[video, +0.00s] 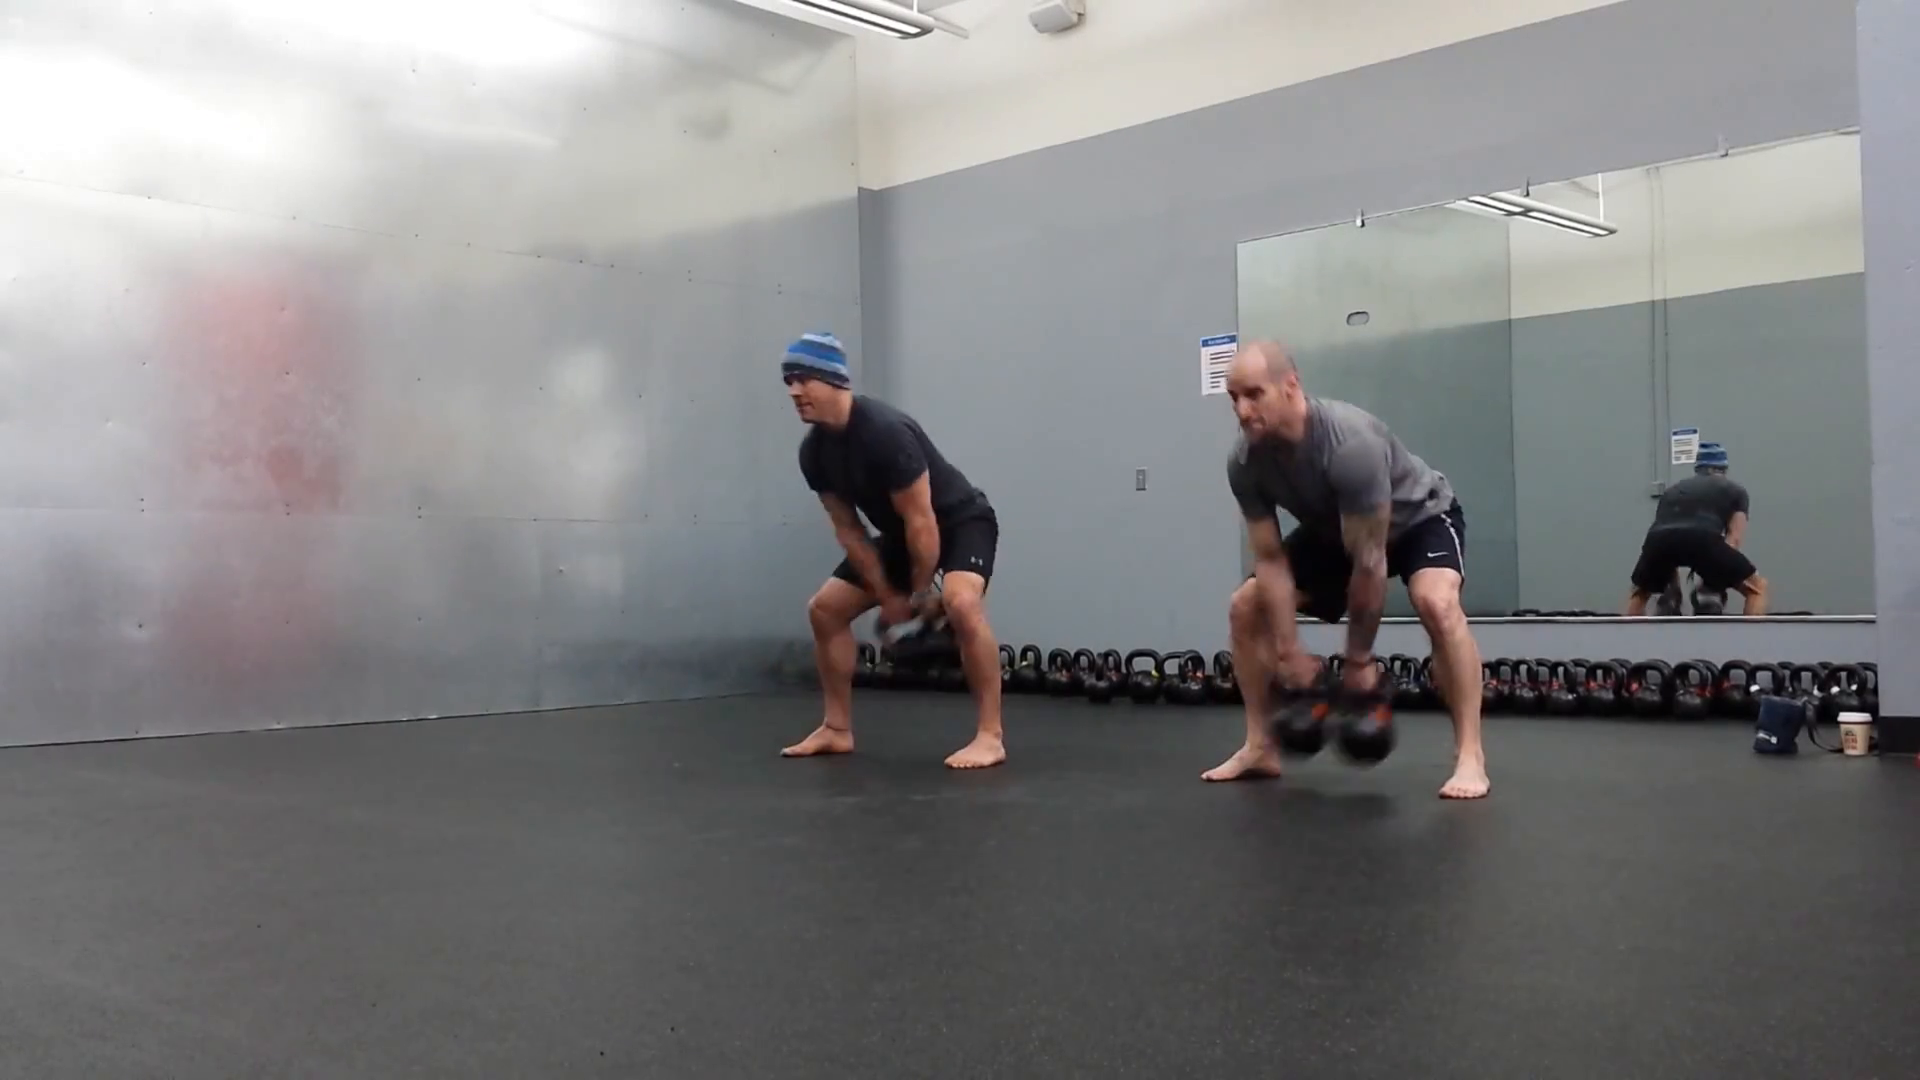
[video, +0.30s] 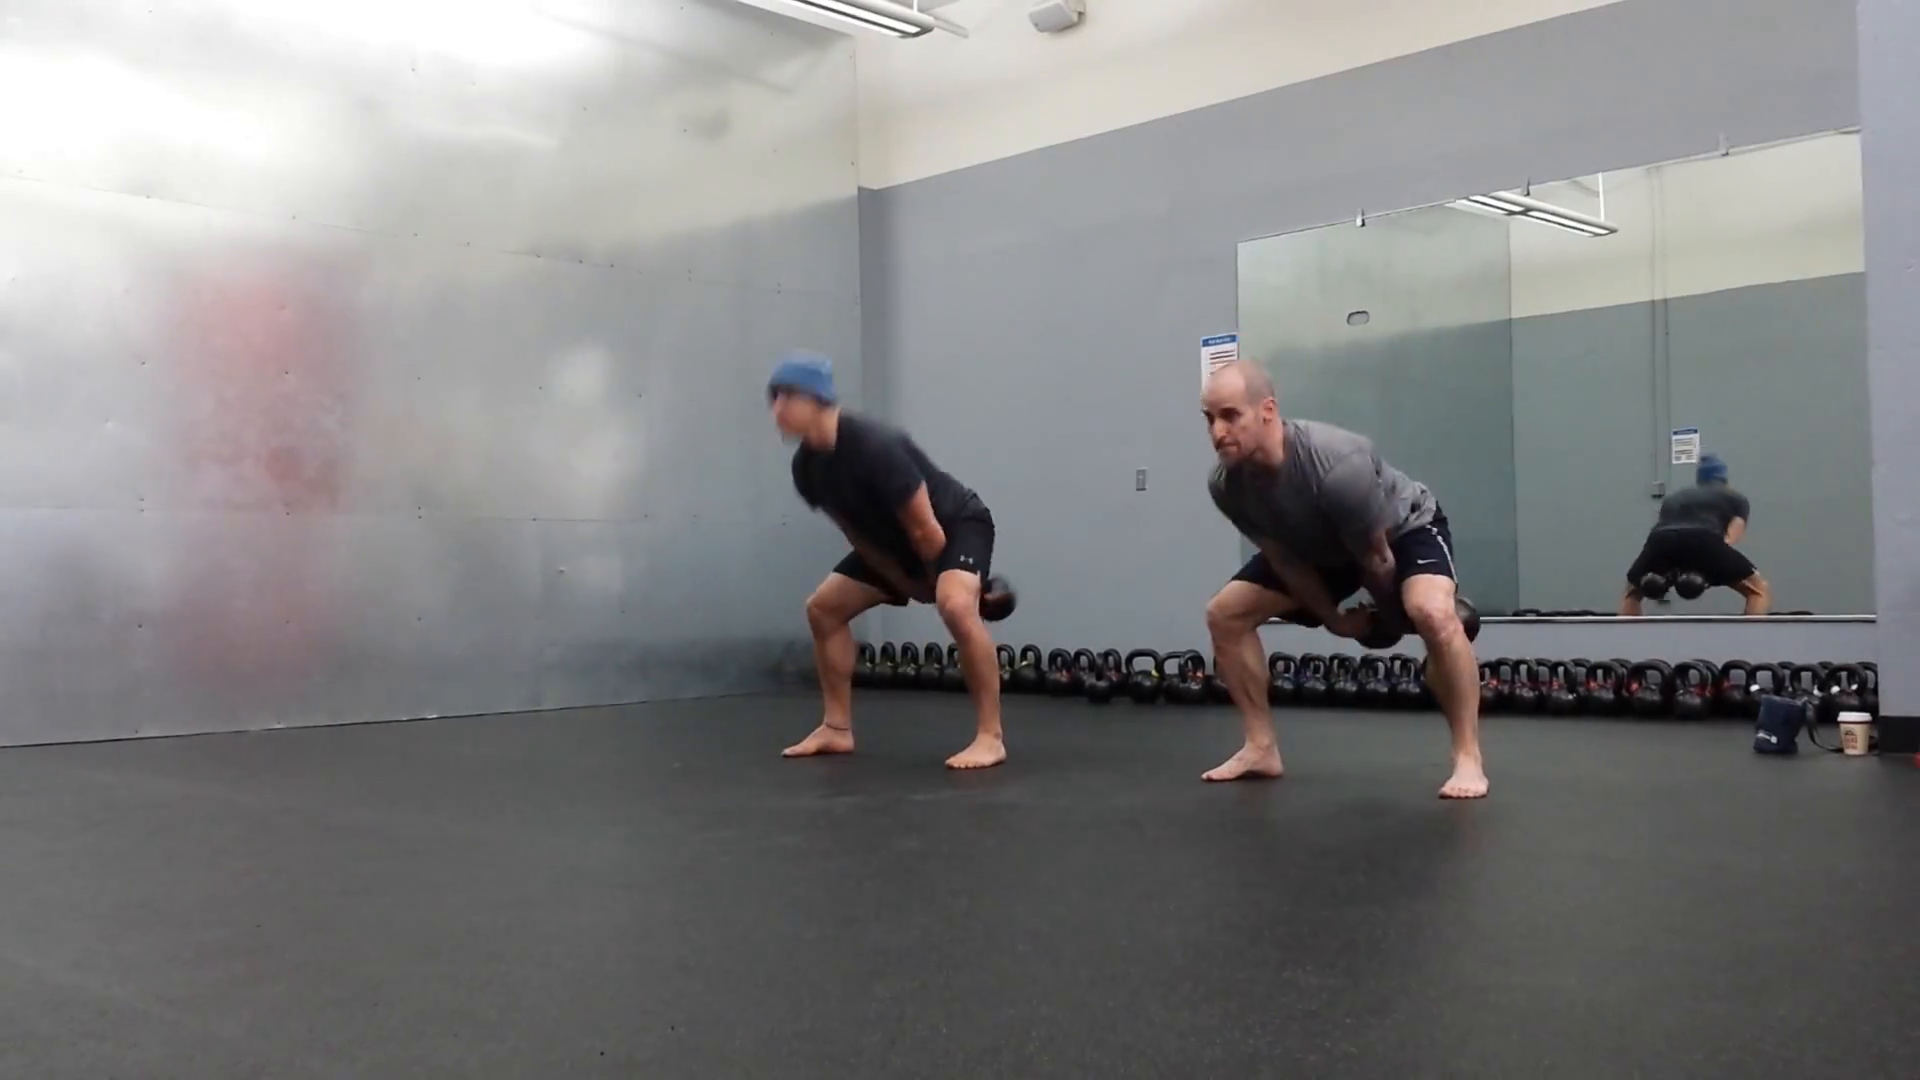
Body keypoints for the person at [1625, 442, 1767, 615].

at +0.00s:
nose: (1721, 474)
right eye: (1722, 471)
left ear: (1697, 470)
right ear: (1723, 471)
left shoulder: (1673, 489)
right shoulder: (1735, 490)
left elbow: (1662, 541)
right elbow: (1734, 539)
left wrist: (1673, 589)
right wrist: (1714, 584)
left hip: (1660, 538)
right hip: (1703, 538)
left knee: (1639, 594)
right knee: (1756, 589)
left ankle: (1630, 646)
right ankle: (1749, 645)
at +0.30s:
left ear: (1698, 479)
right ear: (1723, 479)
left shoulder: (1673, 497)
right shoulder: (1735, 499)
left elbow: (1661, 529)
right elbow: (1730, 538)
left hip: (1662, 540)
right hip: (1705, 542)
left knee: (1632, 595)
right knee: (1758, 590)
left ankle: (1630, 646)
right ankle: (1749, 643)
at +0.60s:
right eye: (1692, 404)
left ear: (1664, 407)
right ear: (1691, 405)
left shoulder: (1643, 443)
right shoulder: (1709, 438)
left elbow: (1652, 485)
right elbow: (1726, 479)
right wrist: (1722, 510)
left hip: (1662, 526)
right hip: (1702, 524)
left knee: (1648, 594)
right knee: (1725, 588)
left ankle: (1630, 647)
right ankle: (1742, 647)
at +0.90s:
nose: (1686, 406)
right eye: (1685, 403)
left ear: (1658, 407)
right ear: (1685, 405)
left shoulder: (1639, 444)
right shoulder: (1701, 436)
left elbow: (1664, 446)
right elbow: (1732, 442)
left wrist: (1687, 425)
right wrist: (1732, 426)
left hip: (1660, 528)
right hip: (1700, 525)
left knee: (1645, 594)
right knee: (1723, 589)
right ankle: (1742, 646)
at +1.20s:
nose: (1684, 407)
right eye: (1684, 404)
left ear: (1658, 407)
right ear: (1685, 405)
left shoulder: (1638, 443)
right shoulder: (1703, 438)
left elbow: (1663, 459)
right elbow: (1728, 457)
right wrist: (1744, 457)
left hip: (1658, 529)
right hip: (1698, 527)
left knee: (1645, 594)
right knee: (1724, 590)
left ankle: (1627, 648)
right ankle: (1743, 648)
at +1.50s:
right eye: (1712, 443)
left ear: (1687, 440)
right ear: (1713, 443)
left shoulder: (1662, 465)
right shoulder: (1723, 465)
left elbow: (1658, 520)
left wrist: (1670, 574)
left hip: (1656, 532)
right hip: (1698, 533)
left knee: (1633, 594)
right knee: (1746, 587)